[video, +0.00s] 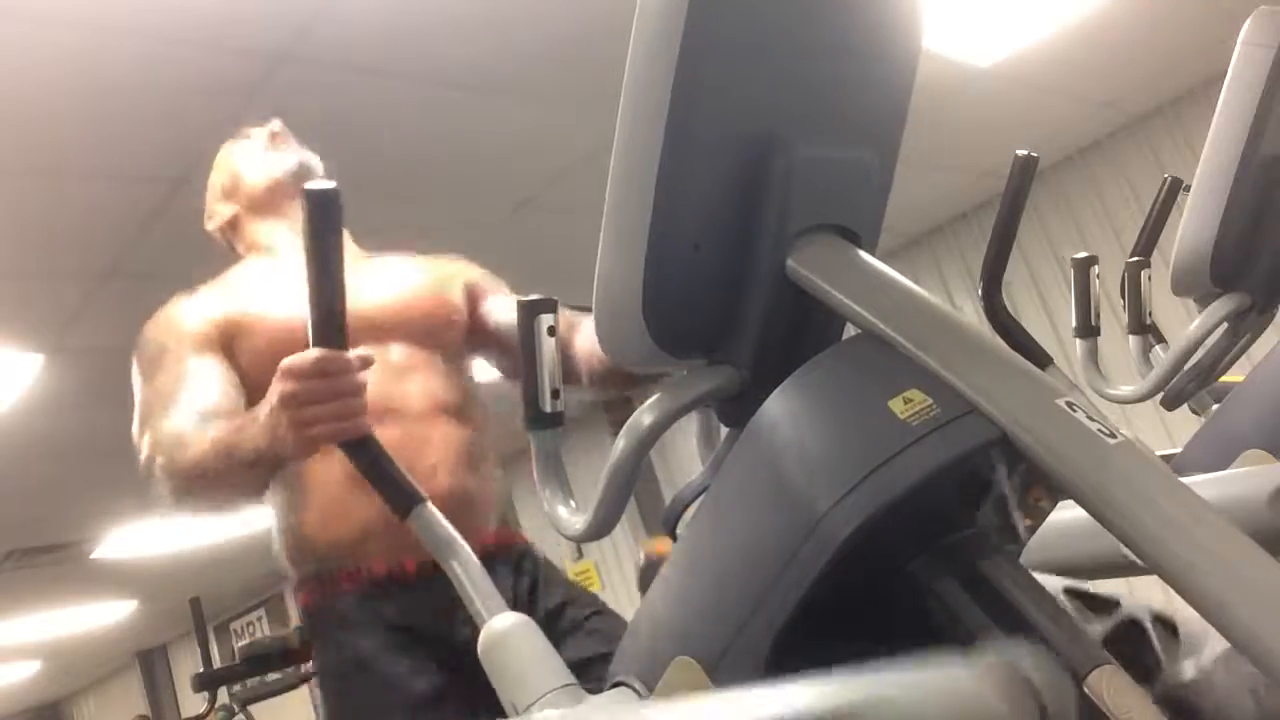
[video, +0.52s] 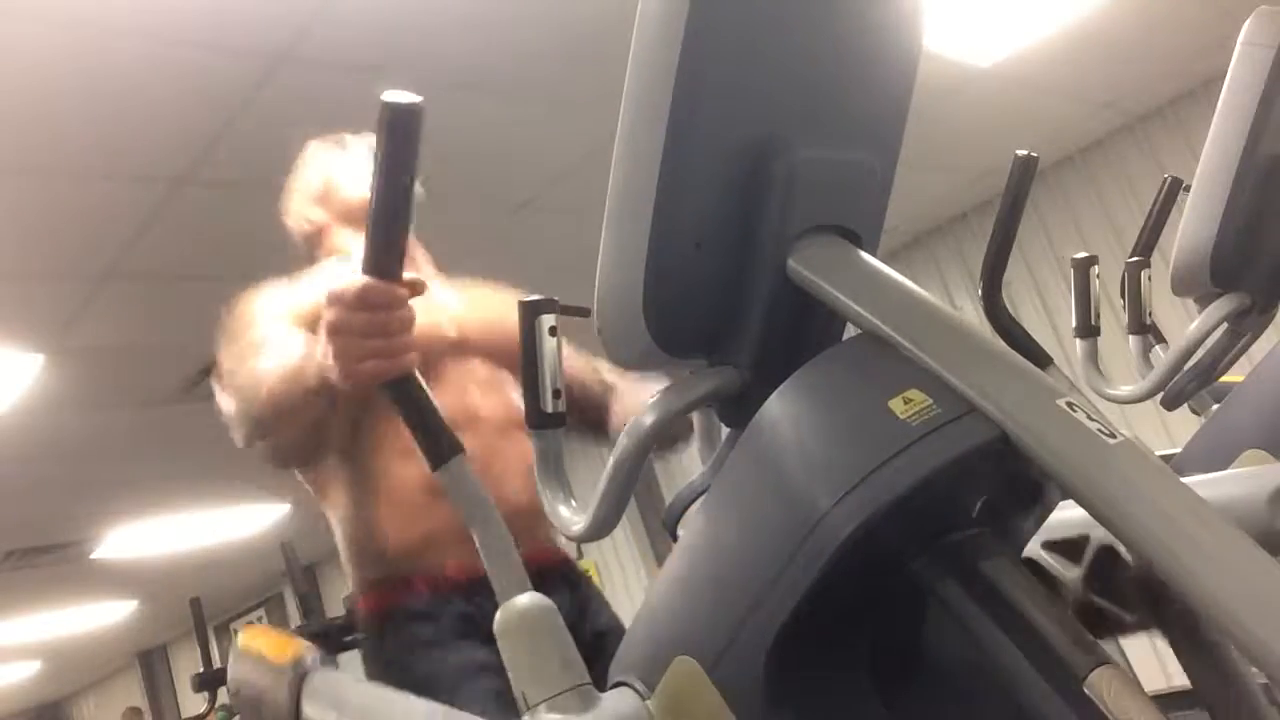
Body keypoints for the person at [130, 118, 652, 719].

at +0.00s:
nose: (283, 131)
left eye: (292, 133)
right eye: (257, 138)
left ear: (323, 174)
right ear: (222, 209)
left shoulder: (438, 274)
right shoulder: (194, 318)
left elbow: (559, 339)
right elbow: (181, 462)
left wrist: (650, 343)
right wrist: (268, 430)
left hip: (509, 577)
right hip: (367, 615)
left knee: (667, 693)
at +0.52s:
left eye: (388, 184)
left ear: (406, 192)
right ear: (308, 217)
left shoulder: (479, 300)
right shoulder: (278, 309)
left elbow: (593, 385)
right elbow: (260, 419)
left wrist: (648, 406)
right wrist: (325, 367)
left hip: (556, 589)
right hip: (426, 620)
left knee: (654, 705)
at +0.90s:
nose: (316, 77)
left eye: (324, 80)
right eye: (277, 84)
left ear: (357, 129)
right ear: (242, 157)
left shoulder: (474, 249)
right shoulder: (215, 290)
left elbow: (619, 333)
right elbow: (189, 468)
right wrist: (277, 449)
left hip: (534, 561)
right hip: (389, 600)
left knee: (678, 700)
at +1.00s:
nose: (317, 116)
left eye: (324, 117)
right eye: (277, 119)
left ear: (353, 165)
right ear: (240, 194)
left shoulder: (466, 291)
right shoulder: (204, 345)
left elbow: (626, 358)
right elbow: (185, 553)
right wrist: (275, 479)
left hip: (536, 613)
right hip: (384, 659)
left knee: (703, 696)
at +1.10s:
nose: (316, 117)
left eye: (322, 116)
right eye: (275, 117)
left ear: (353, 164)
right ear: (234, 192)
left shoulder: (457, 298)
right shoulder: (205, 341)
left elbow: (617, 375)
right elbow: (183, 557)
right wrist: (281, 473)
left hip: (537, 624)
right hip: (386, 674)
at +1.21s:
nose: (323, 77)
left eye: (328, 75)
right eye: (284, 77)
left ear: (355, 119)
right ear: (243, 145)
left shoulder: (460, 246)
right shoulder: (210, 268)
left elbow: (591, 338)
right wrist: (284, 417)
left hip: (519, 572)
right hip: (373, 611)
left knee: (677, 696)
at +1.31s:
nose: (349, 77)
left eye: (354, 78)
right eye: (316, 75)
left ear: (372, 120)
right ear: (265, 133)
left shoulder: (473, 240)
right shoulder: (223, 249)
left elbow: (589, 335)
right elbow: (197, 405)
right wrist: (285, 383)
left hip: (517, 556)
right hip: (377, 588)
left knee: (632, 709)